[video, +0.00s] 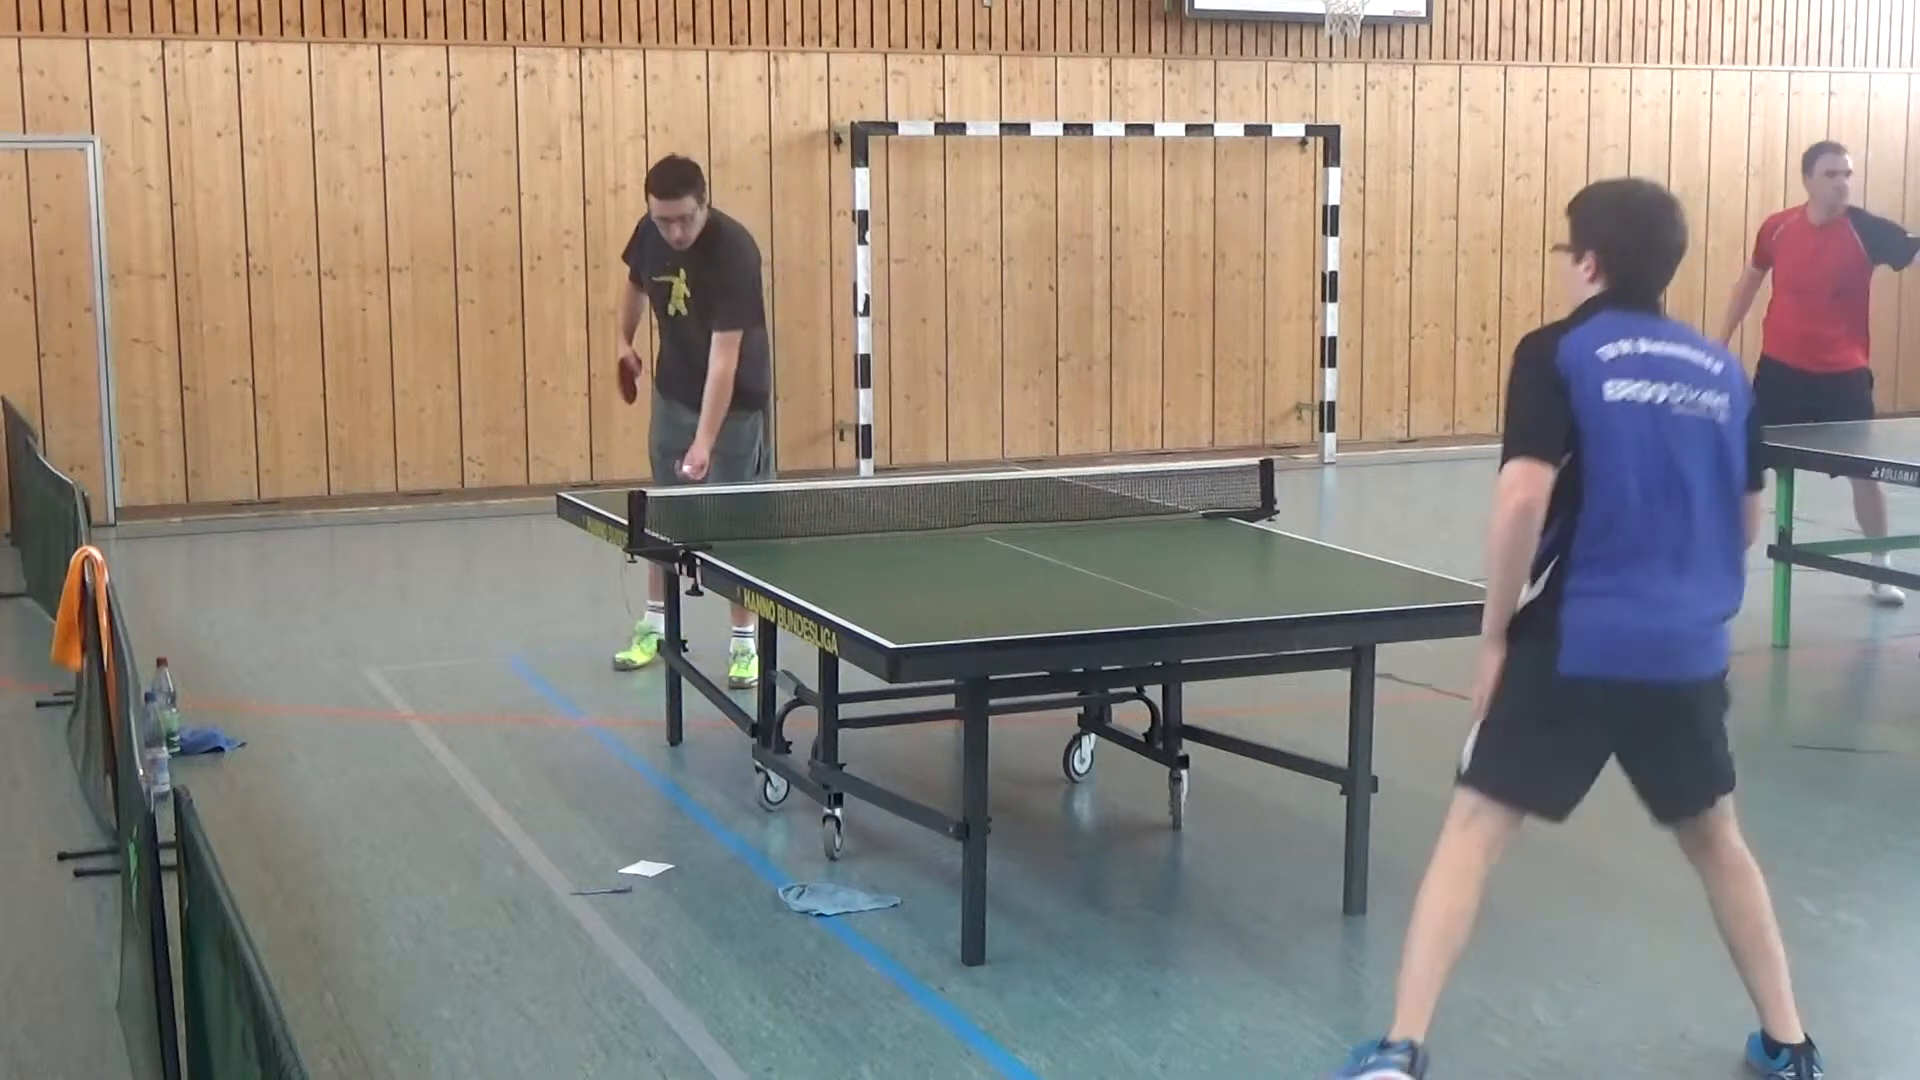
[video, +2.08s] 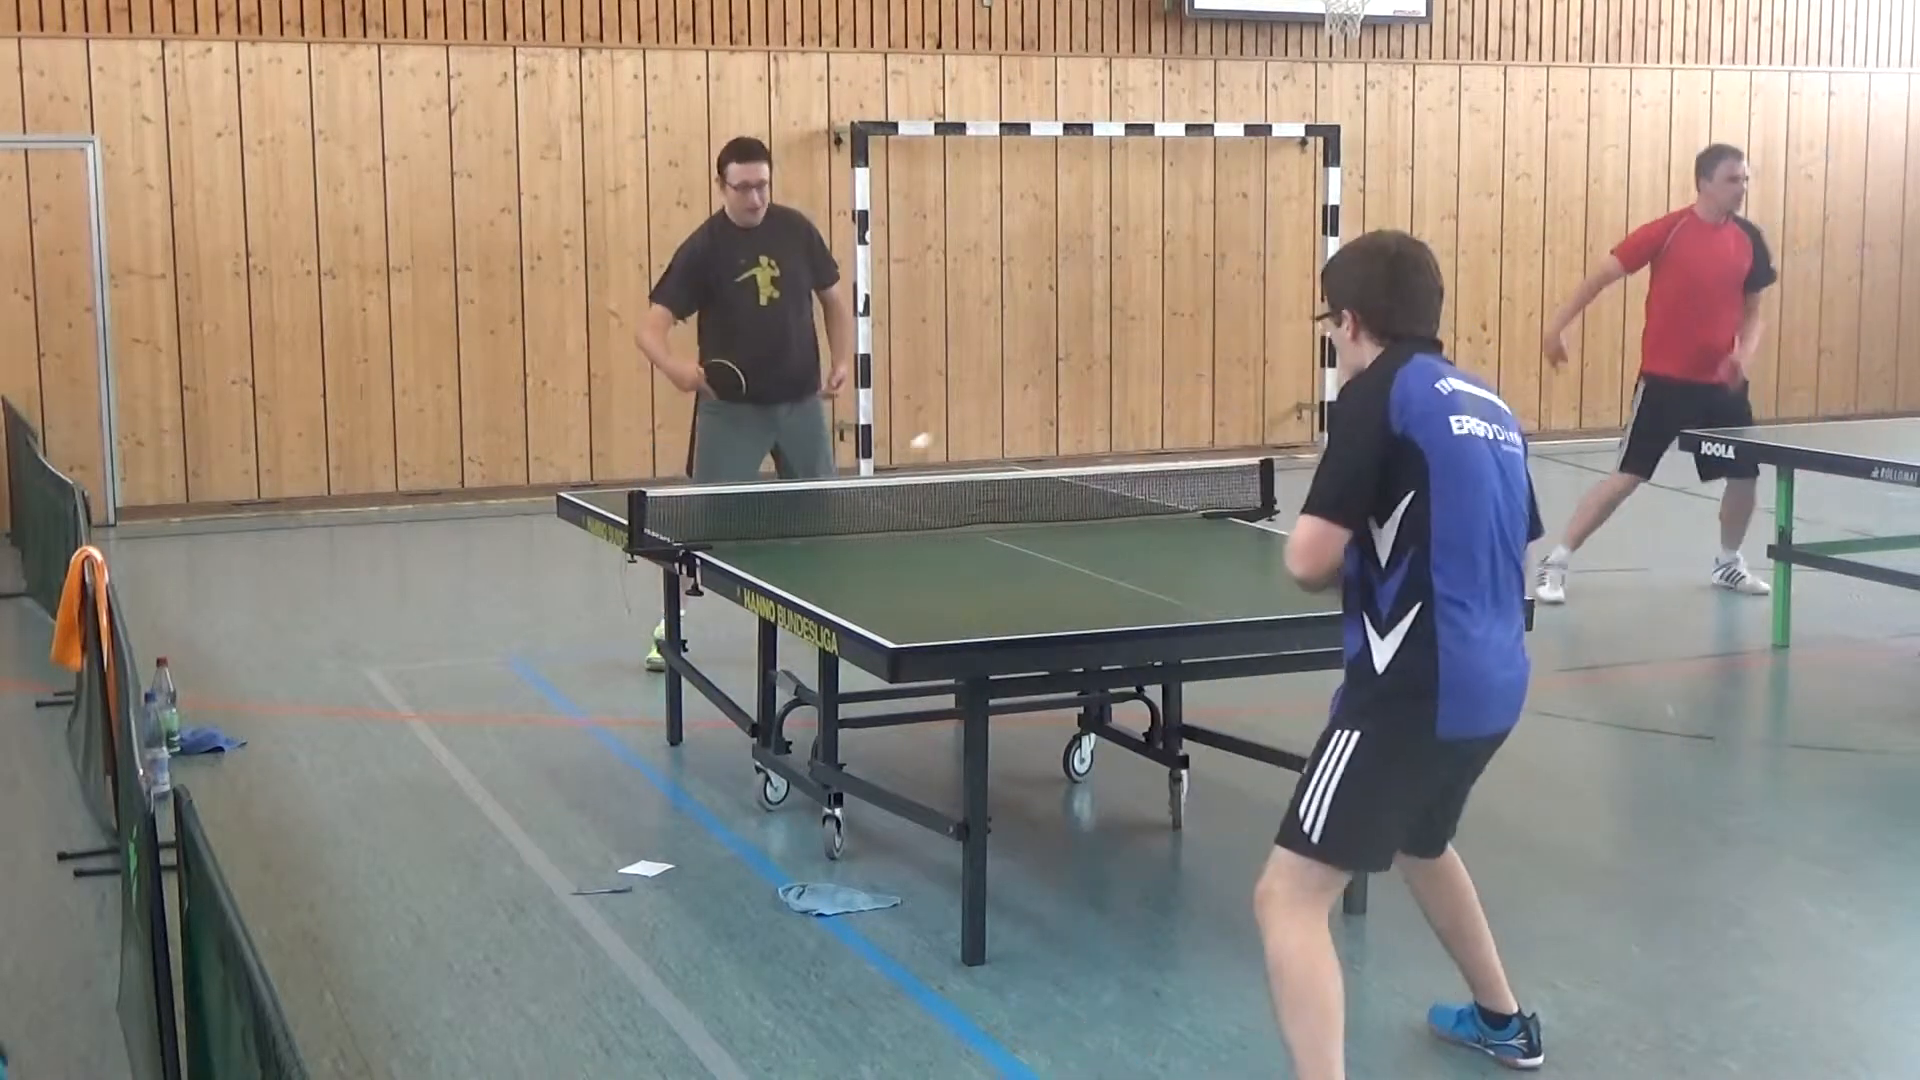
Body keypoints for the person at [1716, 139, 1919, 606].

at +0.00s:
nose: (1843, 182)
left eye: (1847, 174)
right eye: (1832, 174)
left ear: (1853, 179)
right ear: (1808, 180)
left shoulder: (1867, 230)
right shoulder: (1777, 227)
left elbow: (1914, 256)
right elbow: (1748, 285)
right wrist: (1719, 344)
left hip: (1844, 375)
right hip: (1780, 371)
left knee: (1863, 473)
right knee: (1745, 473)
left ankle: (1881, 571)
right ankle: (1728, 575)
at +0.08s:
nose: (1827, 182)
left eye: (1832, 174)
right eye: (1817, 174)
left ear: (1838, 179)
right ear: (1794, 180)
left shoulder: (1856, 231)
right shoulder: (1767, 230)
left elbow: (1909, 259)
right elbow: (1746, 281)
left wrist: (1909, 252)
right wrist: (1727, 333)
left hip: (1837, 379)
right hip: (1774, 375)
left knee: (1858, 475)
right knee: (1733, 470)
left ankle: (1881, 570)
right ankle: (1684, 556)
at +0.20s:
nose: (1801, 184)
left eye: (1807, 176)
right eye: (1791, 176)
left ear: (1815, 182)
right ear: (1771, 183)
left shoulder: (1834, 235)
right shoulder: (1744, 234)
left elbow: (1889, 287)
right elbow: (1728, 281)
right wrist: (1722, 324)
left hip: (1820, 384)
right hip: (1755, 382)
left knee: (1849, 476)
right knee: (1720, 473)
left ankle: (1880, 570)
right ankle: (1690, 562)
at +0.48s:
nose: (1784, 165)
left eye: (1790, 158)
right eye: (1774, 157)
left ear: (1798, 164)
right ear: (1753, 163)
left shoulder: (1816, 218)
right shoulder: (1720, 216)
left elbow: (1850, 282)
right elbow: (1688, 271)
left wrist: (1820, 316)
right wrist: (1662, 332)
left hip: (1799, 367)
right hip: (1734, 365)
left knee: (1824, 467)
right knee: (1701, 463)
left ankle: (1842, 567)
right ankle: (1660, 552)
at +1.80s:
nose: (1773, 188)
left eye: (1776, 180)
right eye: (1764, 179)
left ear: (1771, 185)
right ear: (1734, 183)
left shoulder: (1777, 241)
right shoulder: (1688, 227)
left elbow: (1790, 301)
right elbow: (1633, 268)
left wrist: (1771, 335)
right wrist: (1599, 323)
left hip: (1750, 380)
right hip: (1689, 380)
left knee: (1783, 474)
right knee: (1659, 473)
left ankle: (1817, 570)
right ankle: (1610, 567)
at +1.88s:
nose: (1764, 176)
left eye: (1766, 168)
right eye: (1754, 168)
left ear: (1765, 173)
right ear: (1724, 171)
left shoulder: (1769, 229)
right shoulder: (1681, 218)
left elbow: (1778, 294)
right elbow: (1617, 258)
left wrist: (1762, 327)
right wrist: (1579, 312)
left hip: (1741, 371)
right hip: (1679, 369)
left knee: (1765, 461)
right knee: (1651, 463)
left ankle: (1782, 562)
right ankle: (1603, 562)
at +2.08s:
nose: (1743, 187)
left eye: (1745, 180)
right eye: (1733, 180)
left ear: (1745, 183)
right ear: (1704, 183)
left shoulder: (1748, 240)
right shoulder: (1667, 231)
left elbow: (1754, 311)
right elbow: (1602, 276)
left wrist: (1742, 353)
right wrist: (1555, 328)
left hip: (1723, 383)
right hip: (1666, 381)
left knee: (1745, 471)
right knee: (1629, 477)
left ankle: (1728, 563)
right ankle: (1557, 560)